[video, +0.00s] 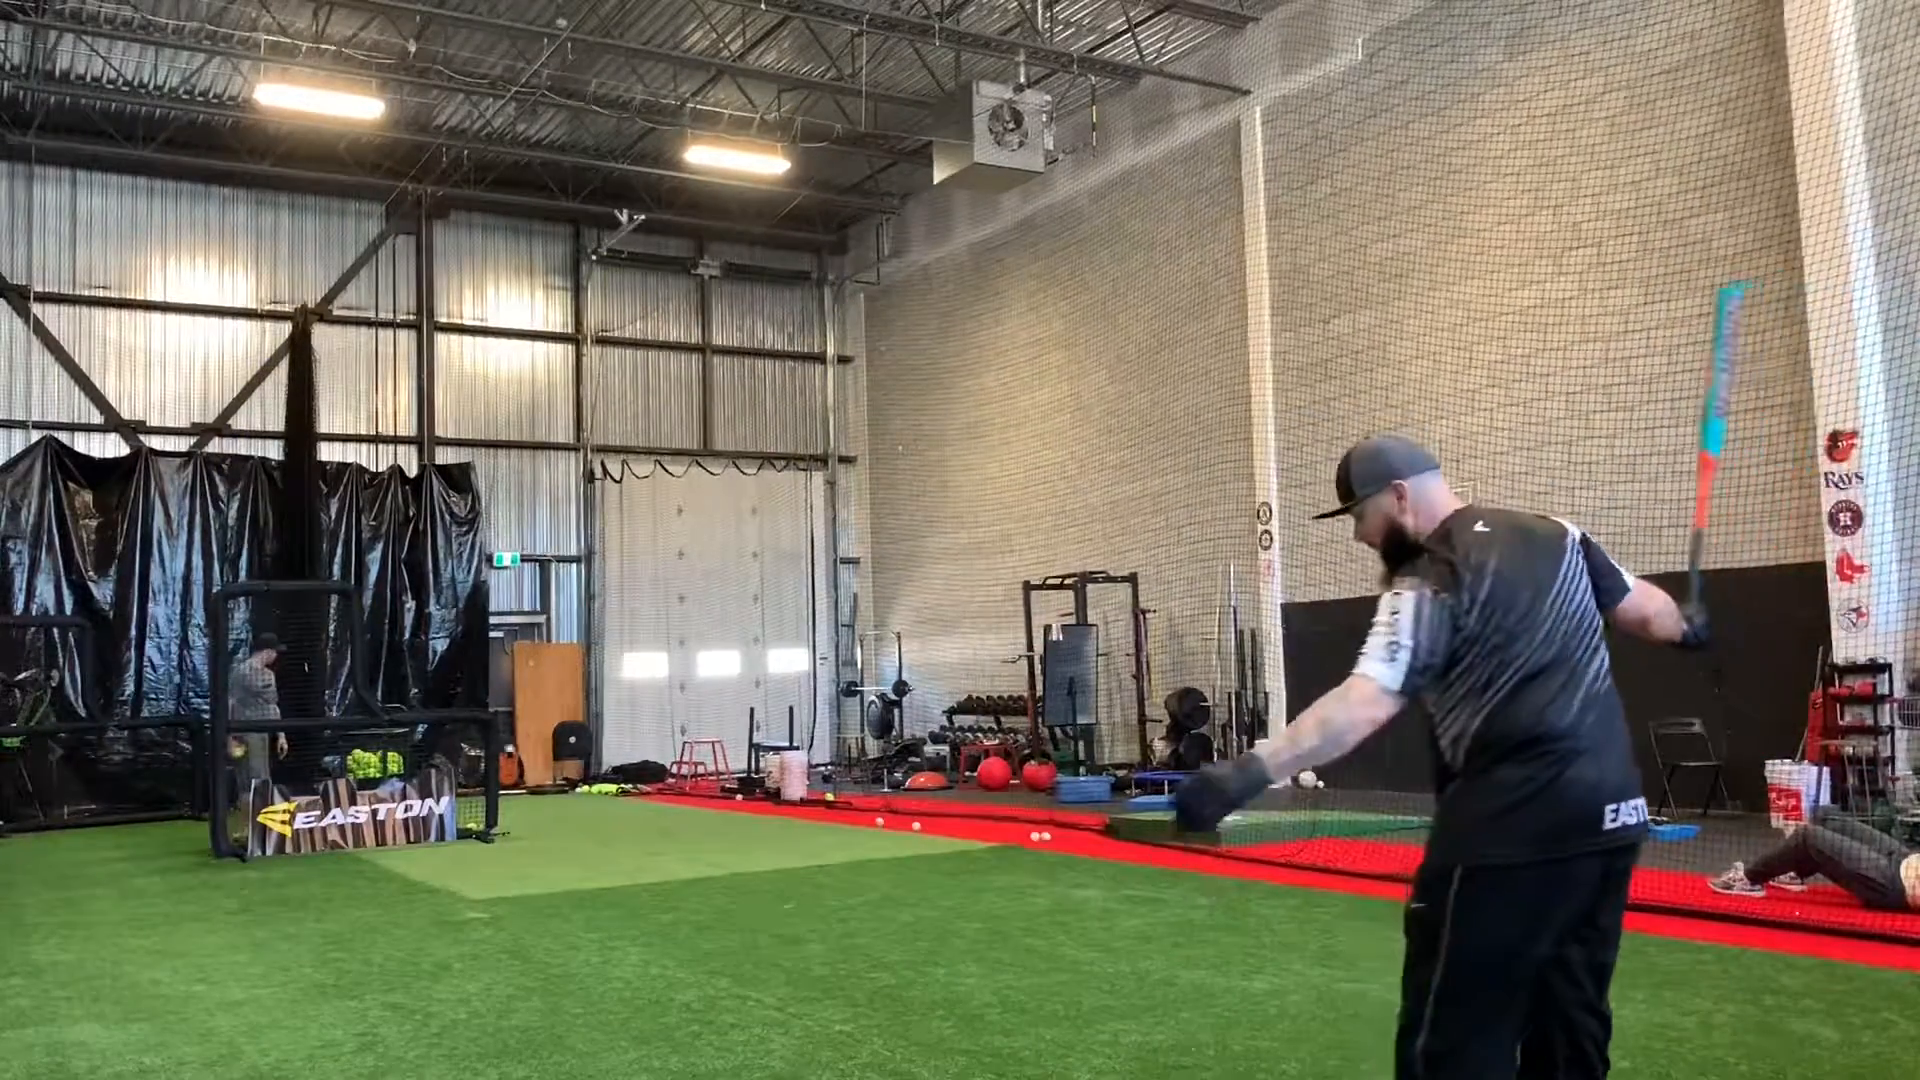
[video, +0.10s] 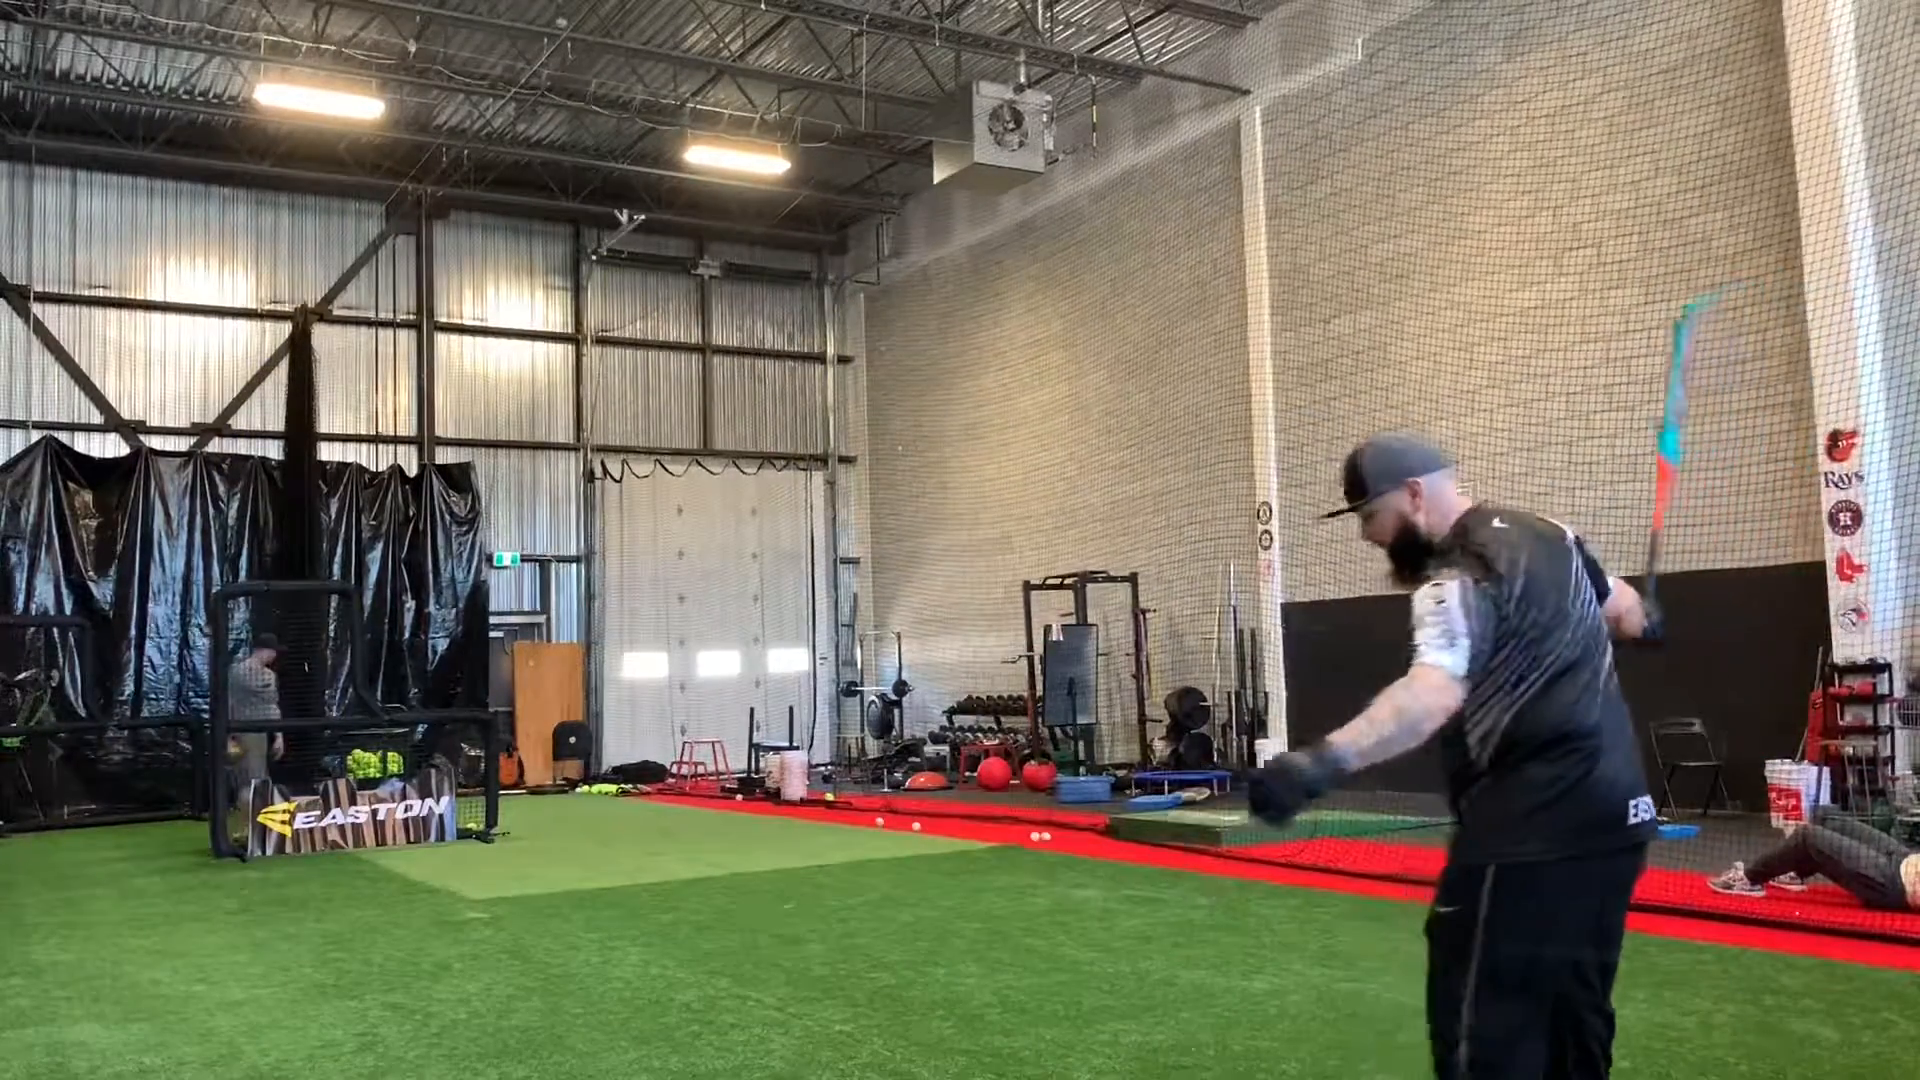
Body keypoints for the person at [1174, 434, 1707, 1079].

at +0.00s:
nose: (1357, 532)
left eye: (1358, 512)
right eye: (1352, 516)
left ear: (1400, 497)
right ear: (1420, 489)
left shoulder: (1424, 581)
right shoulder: (1556, 536)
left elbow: (1366, 704)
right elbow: (1645, 608)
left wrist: (1247, 771)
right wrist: (1685, 627)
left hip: (1504, 828)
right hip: (1611, 817)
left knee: (1447, 1037)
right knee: (1570, 1030)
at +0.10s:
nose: (1365, 532)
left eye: (1368, 514)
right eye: (1361, 518)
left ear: (1412, 495)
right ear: (1427, 493)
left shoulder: (1453, 578)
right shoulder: (1551, 537)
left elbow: (1431, 694)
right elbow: (1627, 613)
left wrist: (1318, 761)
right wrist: (1643, 617)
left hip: (1524, 831)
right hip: (1611, 819)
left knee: (1478, 1025)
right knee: (1575, 1022)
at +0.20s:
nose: (1378, 525)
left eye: (1382, 505)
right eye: (1373, 509)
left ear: (1432, 490)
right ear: (1440, 492)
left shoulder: (1482, 556)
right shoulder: (1535, 540)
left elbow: (1506, 650)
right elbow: (1594, 665)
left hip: (1550, 831)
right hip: (1598, 820)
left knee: (1512, 1024)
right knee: (1566, 1026)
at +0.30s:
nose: (1389, 507)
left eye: (1396, 487)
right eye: (1387, 490)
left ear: (1445, 481)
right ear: (1448, 483)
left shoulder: (1498, 529)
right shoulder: (1490, 534)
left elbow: (1545, 586)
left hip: (1573, 840)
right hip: (1551, 836)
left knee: (1549, 1030)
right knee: (1547, 1024)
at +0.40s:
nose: (1405, 492)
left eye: (1413, 472)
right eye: (1405, 475)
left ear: (1462, 471)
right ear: (1466, 474)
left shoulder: (1519, 528)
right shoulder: (1519, 526)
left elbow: (1570, 600)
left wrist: (1560, 736)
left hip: (1584, 850)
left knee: (1577, 1051)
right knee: (1576, 1042)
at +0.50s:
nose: (1425, 479)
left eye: (1436, 461)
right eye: (1428, 462)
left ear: (1484, 462)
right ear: (1482, 465)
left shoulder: (1550, 550)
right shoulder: (1487, 554)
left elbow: (1604, 682)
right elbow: (1473, 667)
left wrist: (1554, 802)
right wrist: (1440, 748)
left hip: (1603, 865)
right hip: (1555, 858)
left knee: (1601, 1058)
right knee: (1560, 1050)